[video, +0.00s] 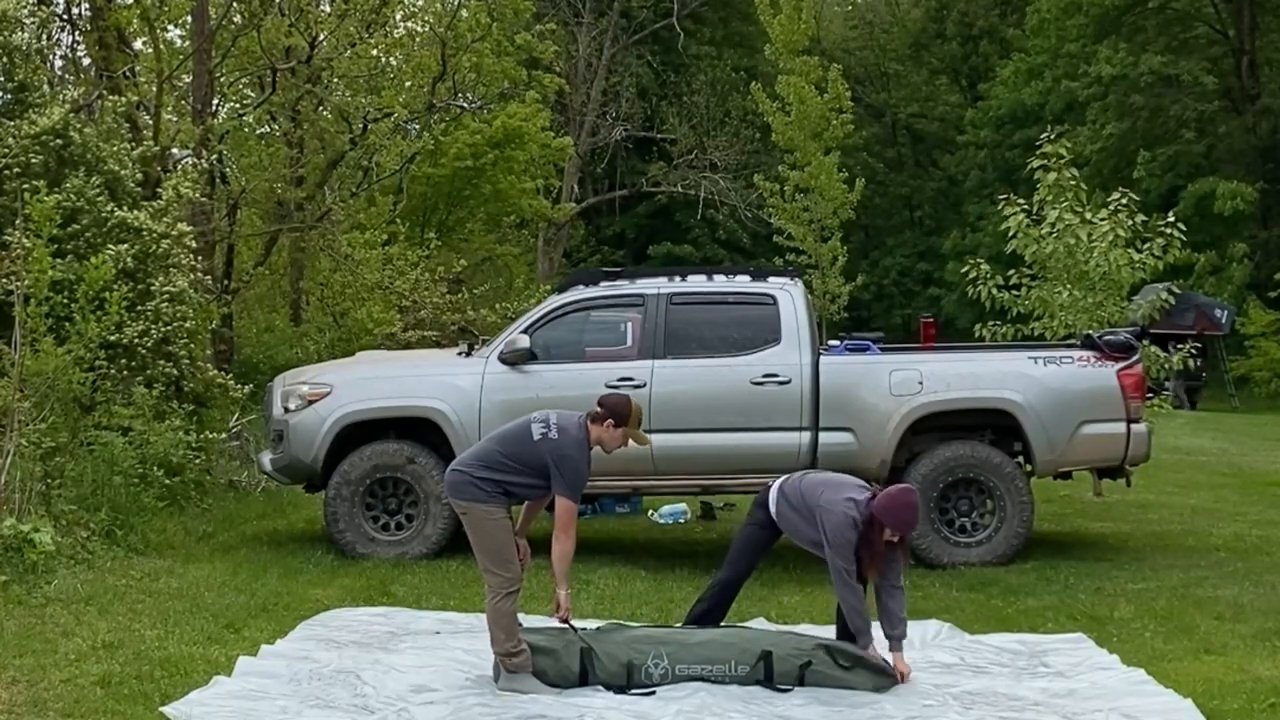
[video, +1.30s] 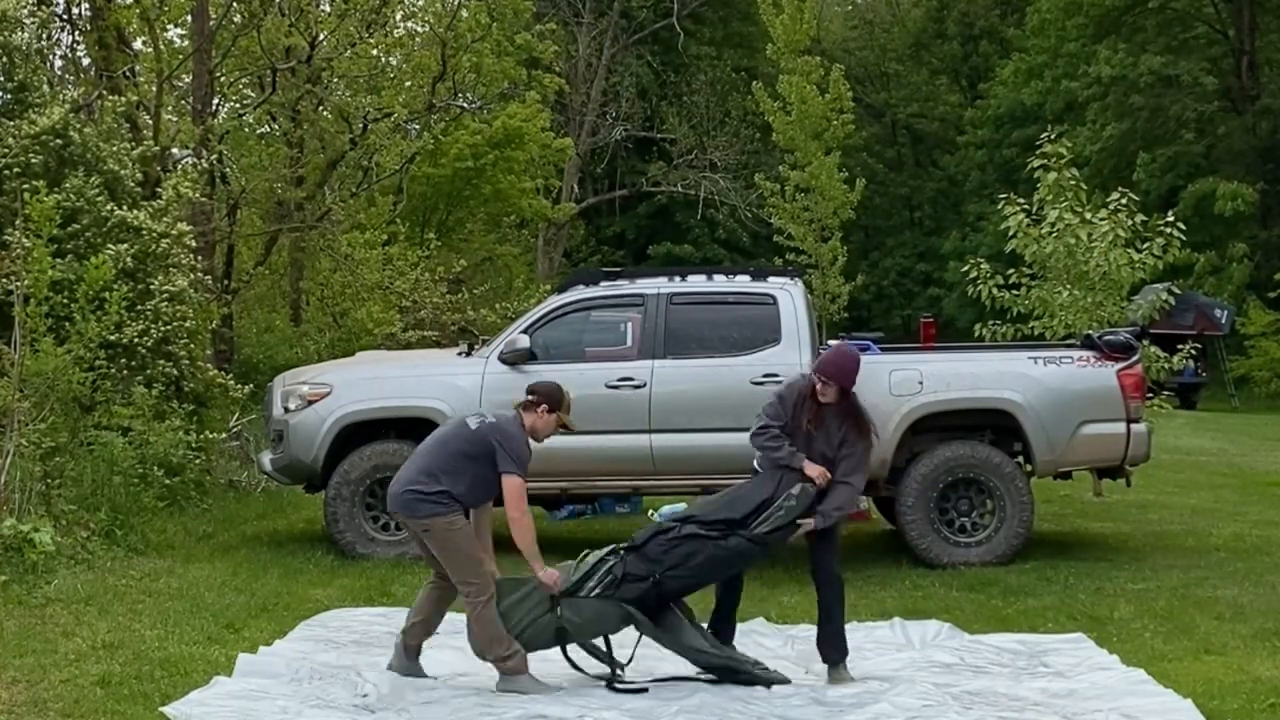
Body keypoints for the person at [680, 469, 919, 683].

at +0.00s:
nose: (892, 538)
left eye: (898, 533)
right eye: (889, 529)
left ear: (905, 529)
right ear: (875, 517)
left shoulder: (894, 527)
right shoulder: (843, 514)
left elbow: (892, 585)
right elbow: (846, 585)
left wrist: (897, 650)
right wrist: (868, 645)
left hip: (828, 514)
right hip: (779, 498)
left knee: (855, 583)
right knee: (731, 576)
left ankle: (847, 656)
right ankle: (689, 639)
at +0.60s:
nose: (894, 532)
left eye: (902, 528)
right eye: (892, 524)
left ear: (908, 524)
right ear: (880, 510)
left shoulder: (880, 514)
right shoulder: (842, 503)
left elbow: (872, 574)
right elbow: (834, 572)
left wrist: (875, 621)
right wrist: (867, 620)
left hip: (820, 510)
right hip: (770, 494)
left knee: (852, 576)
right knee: (726, 576)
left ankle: (841, 662)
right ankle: (686, 638)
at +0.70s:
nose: (892, 510)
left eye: (897, 505)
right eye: (890, 503)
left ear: (899, 499)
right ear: (874, 489)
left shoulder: (873, 500)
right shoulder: (832, 483)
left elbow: (863, 555)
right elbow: (822, 550)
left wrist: (864, 590)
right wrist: (860, 587)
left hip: (805, 509)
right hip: (759, 490)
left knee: (839, 582)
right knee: (719, 576)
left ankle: (840, 669)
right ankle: (685, 650)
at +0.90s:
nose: (877, 470)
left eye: (883, 464)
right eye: (875, 461)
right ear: (860, 450)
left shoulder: (856, 464)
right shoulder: (820, 448)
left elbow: (838, 514)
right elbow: (808, 508)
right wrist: (845, 546)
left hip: (789, 496)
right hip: (746, 482)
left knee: (823, 568)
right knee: (712, 570)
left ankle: (839, 665)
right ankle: (667, 657)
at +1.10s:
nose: (850, 443)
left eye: (859, 440)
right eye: (848, 434)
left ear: (867, 440)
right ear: (838, 421)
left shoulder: (854, 459)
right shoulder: (805, 431)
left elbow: (836, 500)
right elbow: (779, 487)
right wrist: (826, 511)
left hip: (791, 499)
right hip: (744, 484)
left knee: (818, 571)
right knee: (714, 566)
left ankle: (838, 659)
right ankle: (689, 649)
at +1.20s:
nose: (836, 409)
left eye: (845, 406)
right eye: (834, 401)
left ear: (858, 408)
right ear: (829, 393)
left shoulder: (858, 435)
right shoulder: (805, 410)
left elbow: (850, 489)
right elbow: (767, 458)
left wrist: (827, 528)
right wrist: (810, 484)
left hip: (813, 503)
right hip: (766, 491)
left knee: (833, 578)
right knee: (730, 568)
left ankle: (839, 665)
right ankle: (681, 647)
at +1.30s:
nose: (819, 386)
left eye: (827, 383)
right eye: (817, 378)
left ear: (845, 387)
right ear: (813, 373)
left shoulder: (855, 425)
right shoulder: (795, 391)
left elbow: (850, 483)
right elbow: (762, 434)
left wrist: (820, 518)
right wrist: (803, 463)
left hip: (821, 500)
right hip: (773, 487)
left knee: (827, 572)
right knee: (732, 557)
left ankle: (836, 662)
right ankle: (719, 645)